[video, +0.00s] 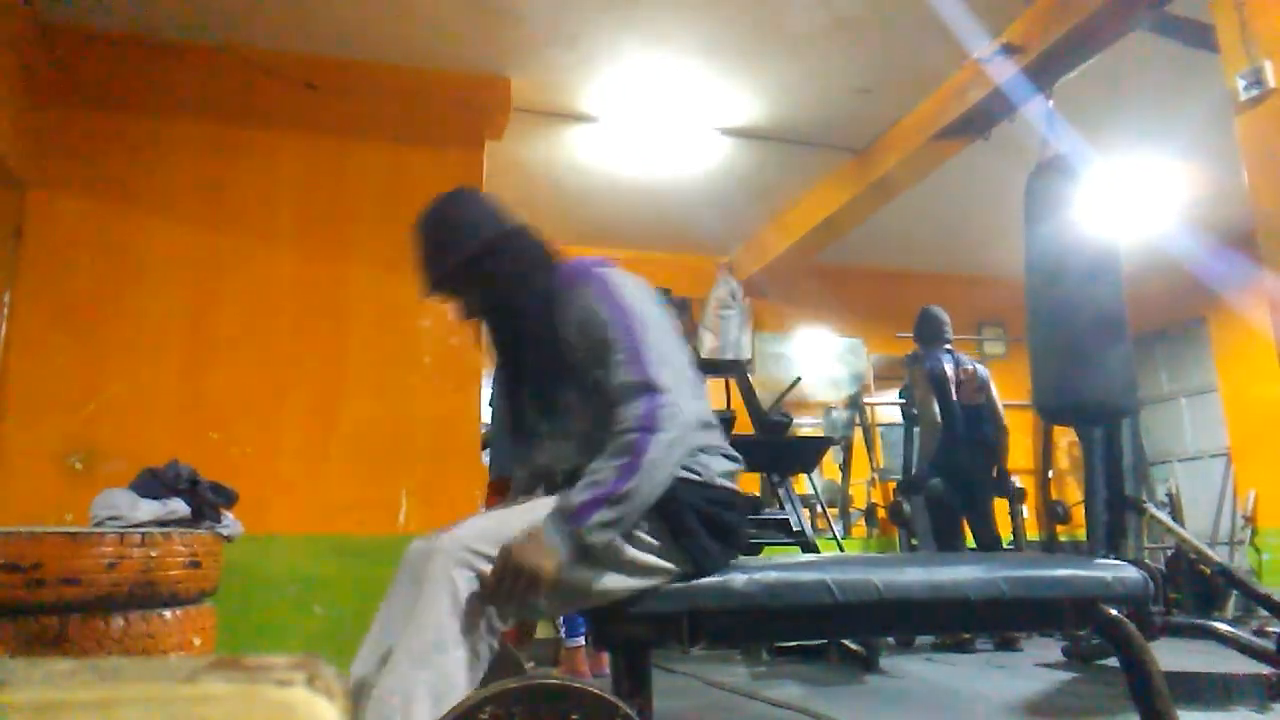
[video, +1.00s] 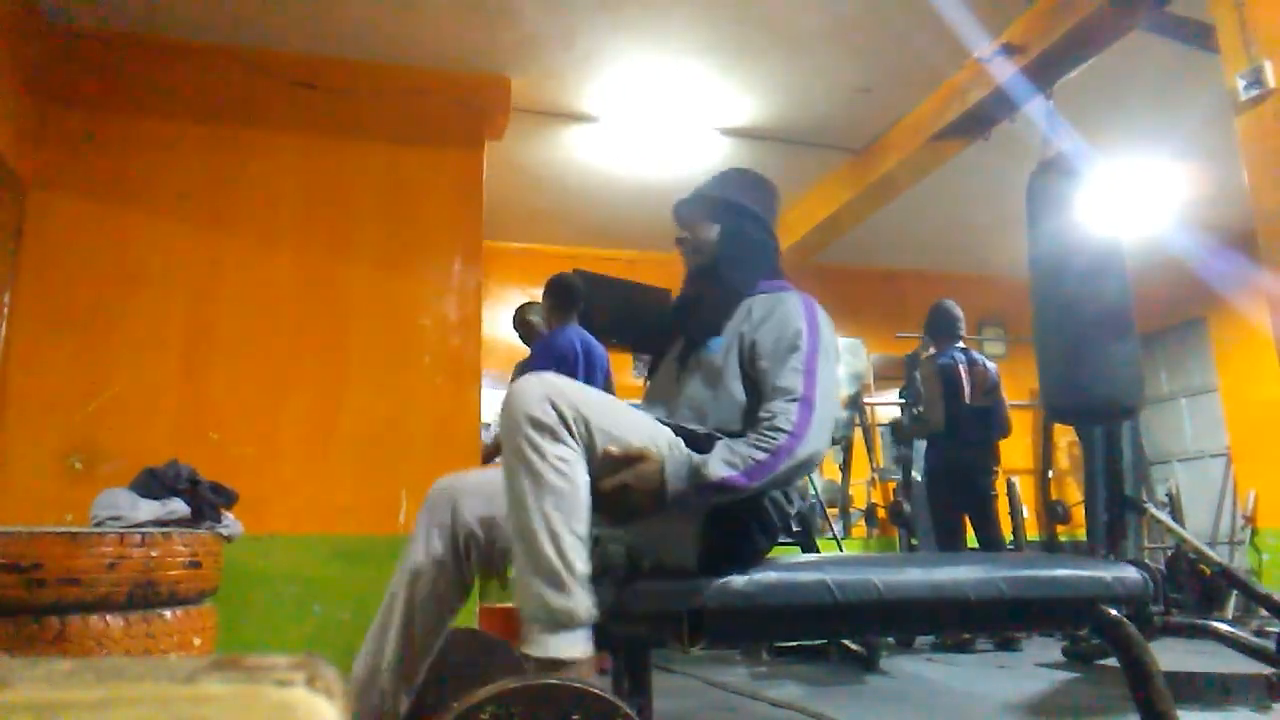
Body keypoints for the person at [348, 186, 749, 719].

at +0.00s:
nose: (464, 309)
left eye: (463, 288)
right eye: (453, 294)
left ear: (493, 262)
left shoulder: (598, 290)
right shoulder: (522, 333)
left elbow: (660, 421)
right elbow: (524, 466)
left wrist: (559, 534)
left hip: (675, 510)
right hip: (608, 508)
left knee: (459, 560)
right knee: (427, 557)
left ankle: (398, 715)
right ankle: (363, 711)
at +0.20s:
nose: (443, 334)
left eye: (435, 313)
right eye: (428, 321)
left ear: (457, 280)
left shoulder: (559, 297)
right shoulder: (505, 340)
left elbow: (613, 432)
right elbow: (514, 474)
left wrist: (523, 572)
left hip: (661, 505)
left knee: (423, 552)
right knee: (425, 553)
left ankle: (359, 713)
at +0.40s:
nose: (485, 294)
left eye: (485, 273)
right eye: (476, 280)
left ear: (515, 252)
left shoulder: (610, 288)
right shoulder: (546, 330)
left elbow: (646, 428)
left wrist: (562, 552)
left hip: (671, 509)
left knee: (435, 557)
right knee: (441, 569)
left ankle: (367, 714)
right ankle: (373, 709)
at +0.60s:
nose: (560, 265)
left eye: (568, 245)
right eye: (556, 250)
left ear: (600, 234)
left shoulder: (692, 286)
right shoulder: (592, 320)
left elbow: (722, 415)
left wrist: (639, 505)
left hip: (688, 508)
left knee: (470, 505)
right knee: (450, 568)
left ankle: (389, 708)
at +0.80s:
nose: (638, 250)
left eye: (645, 232)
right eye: (634, 237)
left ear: (686, 225)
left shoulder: (750, 300)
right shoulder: (662, 316)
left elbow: (769, 424)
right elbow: (645, 422)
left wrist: (660, 484)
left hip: (704, 516)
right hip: (646, 516)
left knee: (512, 417)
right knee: (440, 556)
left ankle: (437, 676)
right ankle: (367, 703)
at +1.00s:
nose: (682, 242)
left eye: (696, 229)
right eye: (682, 231)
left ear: (738, 234)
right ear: (697, 235)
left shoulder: (787, 311)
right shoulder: (692, 319)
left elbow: (795, 434)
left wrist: (675, 475)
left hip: (723, 512)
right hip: (657, 505)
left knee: (540, 400)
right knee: (455, 504)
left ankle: (561, 655)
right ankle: (371, 705)